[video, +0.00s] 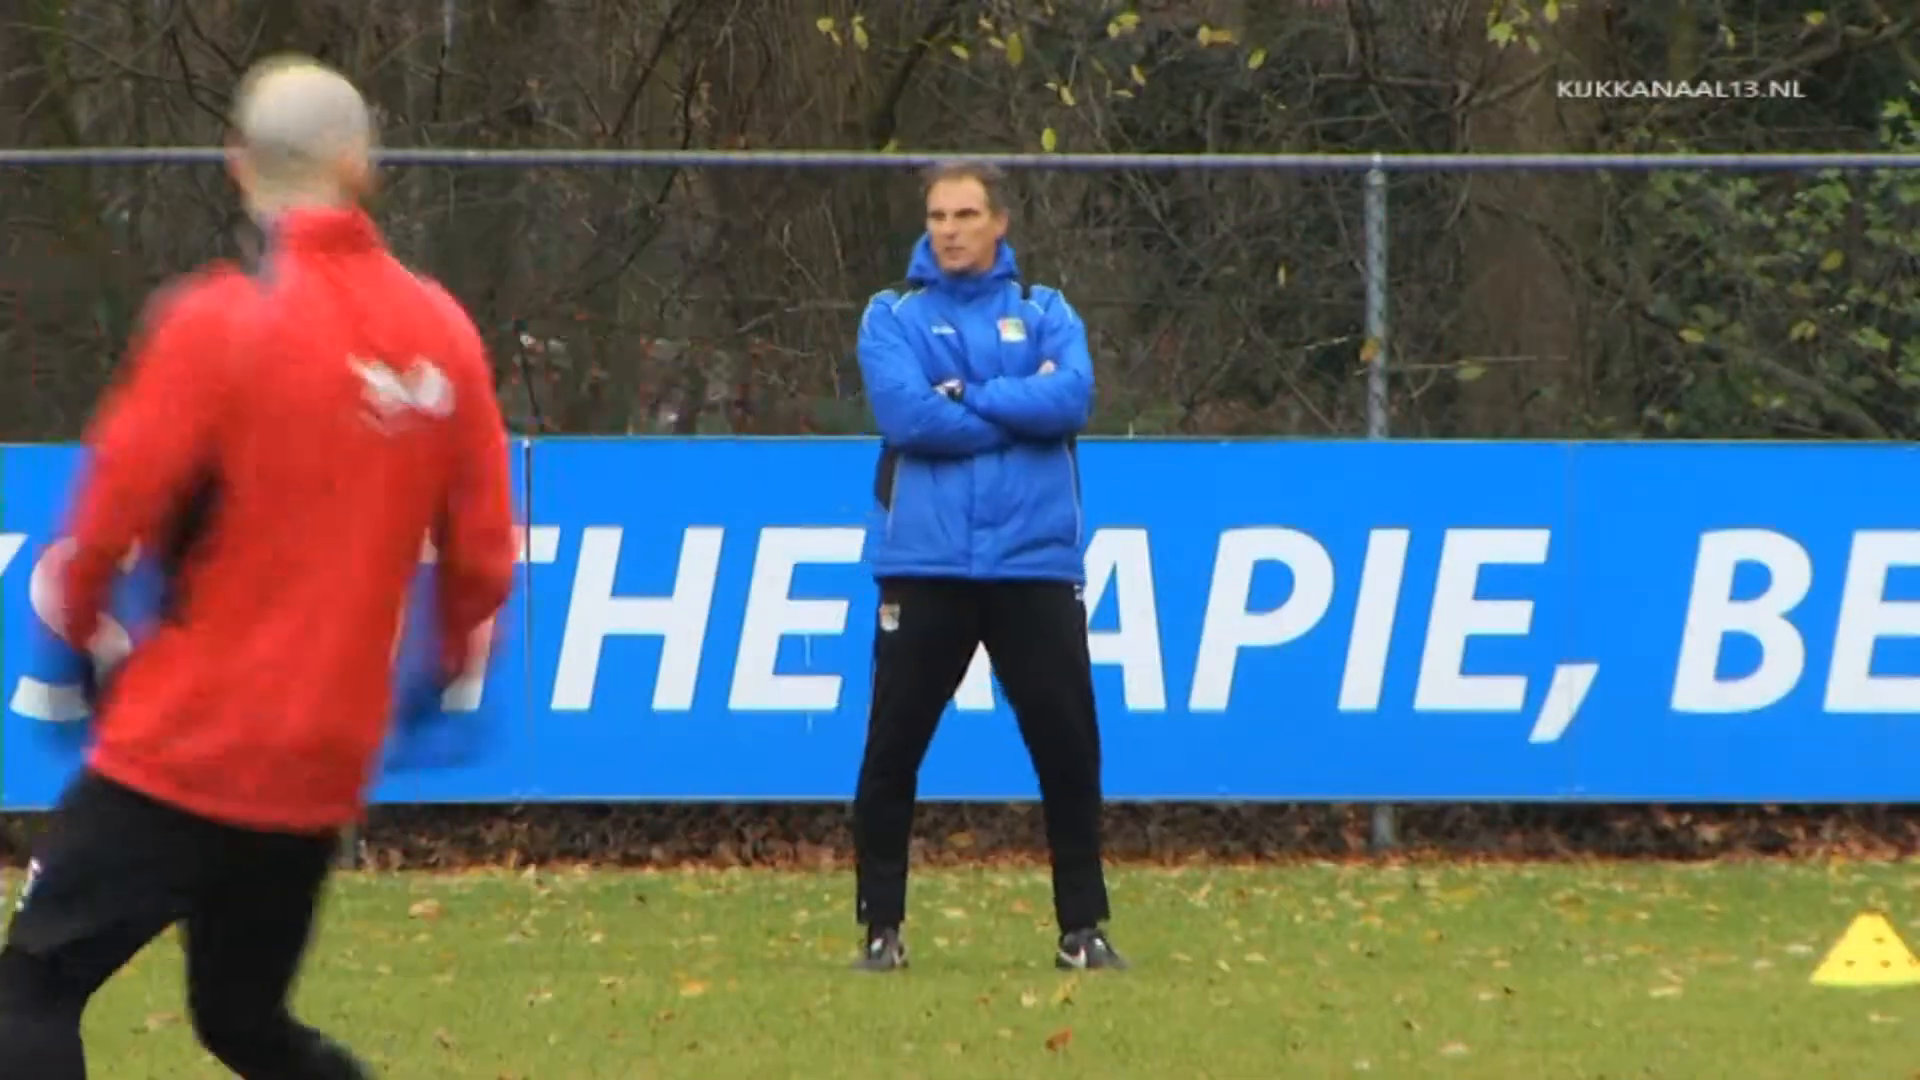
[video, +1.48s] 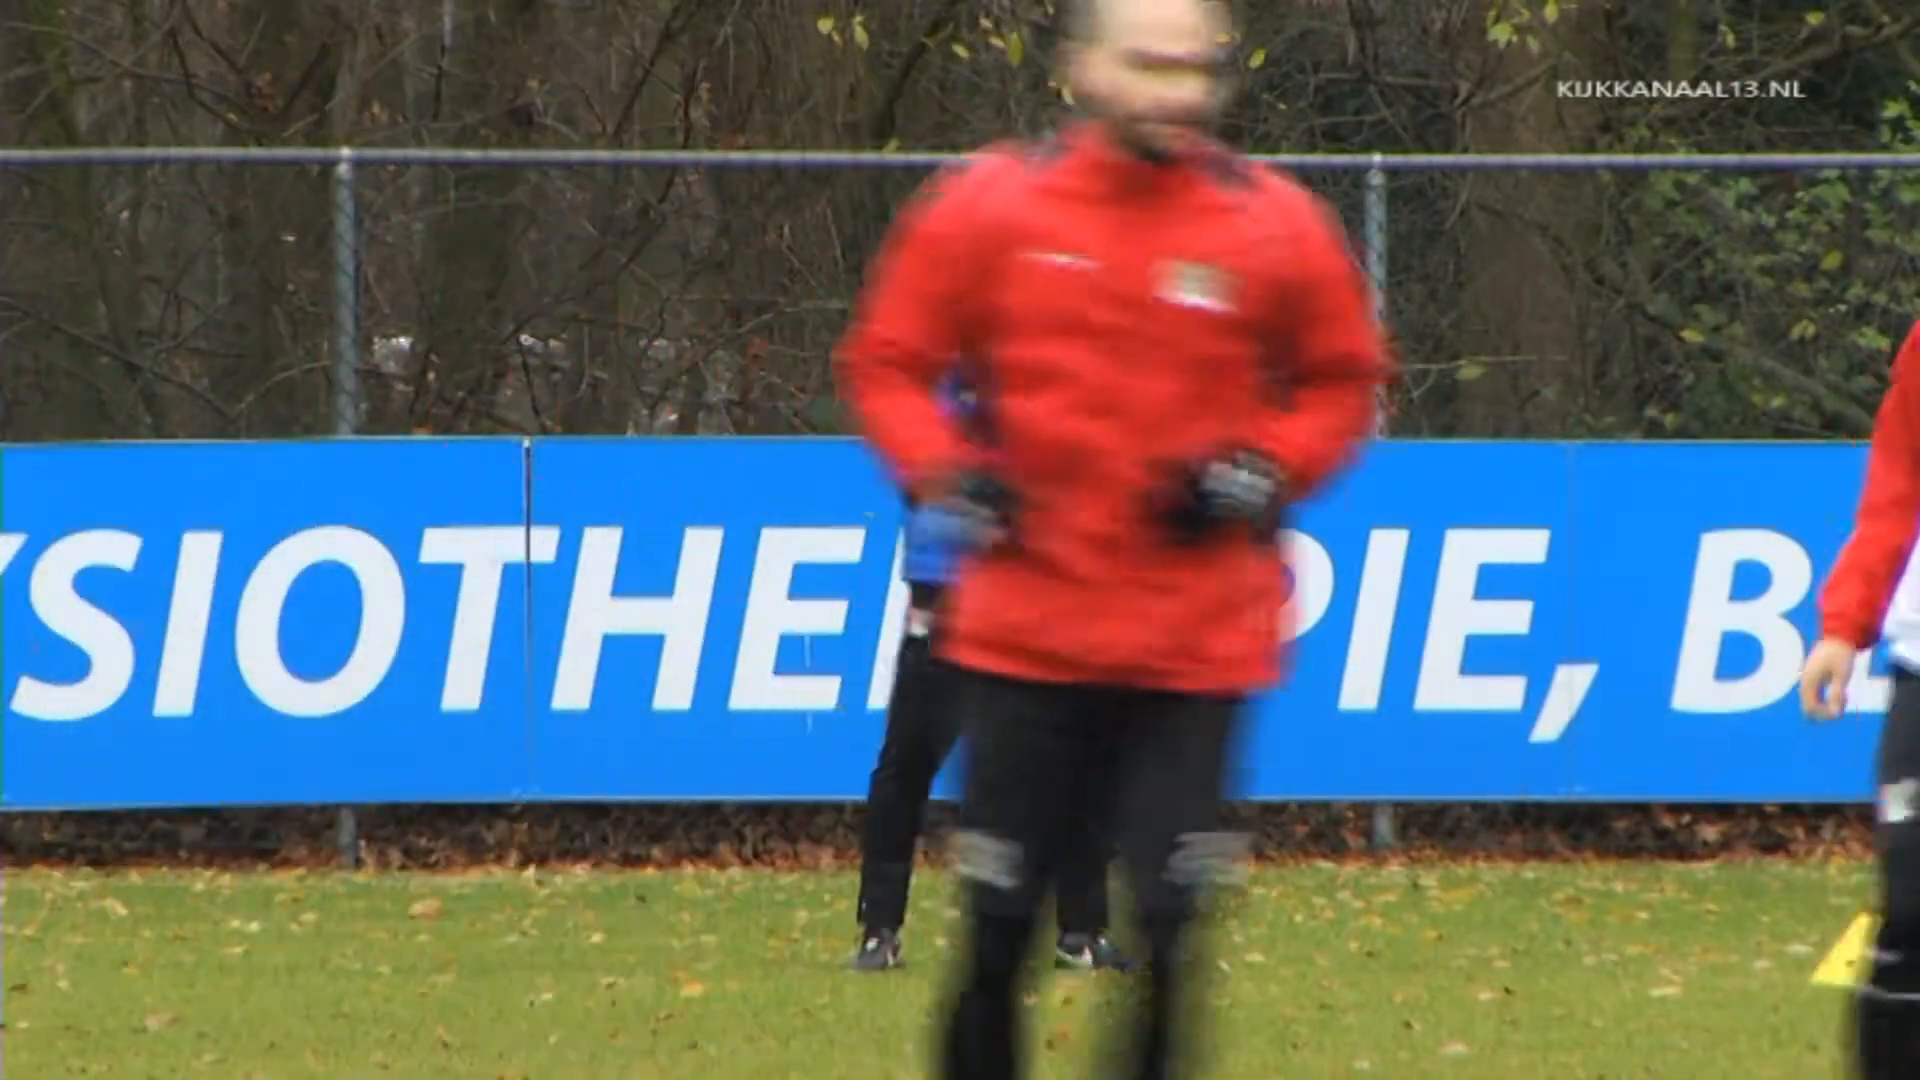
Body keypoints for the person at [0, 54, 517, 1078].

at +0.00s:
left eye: (236, 153)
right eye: (368, 153)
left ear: (240, 167)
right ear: (365, 169)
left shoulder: (219, 318)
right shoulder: (444, 331)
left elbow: (111, 513)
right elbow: (485, 553)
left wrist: (78, 631)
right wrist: (443, 662)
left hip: (190, 733)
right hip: (325, 746)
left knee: (35, 985)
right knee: (244, 1017)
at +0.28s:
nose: (313, 117)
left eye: (306, 97)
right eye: (310, 99)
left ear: (180, 107)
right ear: (291, 113)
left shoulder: (99, 256)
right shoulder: (369, 248)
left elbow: (9, 390)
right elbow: (559, 297)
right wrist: (767, 280)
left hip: (118, 690)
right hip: (277, 693)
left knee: (37, 975)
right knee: (243, 974)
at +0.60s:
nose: (233, 146)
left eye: (241, 127)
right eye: (238, 126)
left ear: (271, 140)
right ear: (363, 138)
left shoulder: (246, 289)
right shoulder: (477, 287)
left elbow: (164, 465)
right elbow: (571, 451)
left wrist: (85, 589)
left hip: (266, 725)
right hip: (413, 727)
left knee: (140, 990)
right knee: (321, 1002)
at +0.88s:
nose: (411, 106)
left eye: (437, 87)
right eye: (417, 85)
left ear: (518, 108)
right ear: (503, 111)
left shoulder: (556, 244)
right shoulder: (524, 243)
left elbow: (560, 444)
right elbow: (484, 454)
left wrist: (460, 586)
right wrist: (359, 511)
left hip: (549, 671)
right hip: (543, 666)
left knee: (400, 948)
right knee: (450, 965)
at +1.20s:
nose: (760, 152)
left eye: (795, 136)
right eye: (758, 130)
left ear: (875, 167)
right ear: (747, 138)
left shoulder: (943, 321)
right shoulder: (724, 283)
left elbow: (995, 518)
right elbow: (671, 460)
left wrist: (861, 572)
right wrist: (607, 528)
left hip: (880, 753)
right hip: (736, 736)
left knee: (838, 1020)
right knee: (634, 995)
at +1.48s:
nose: (1179, 92)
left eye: (1200, 69)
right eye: (1150, 65)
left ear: (1226, 80)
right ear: (1082, 69)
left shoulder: (1272, 222)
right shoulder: (990, 204)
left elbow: (1345, 381)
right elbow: (883, 363)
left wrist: (1269, 466)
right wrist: (942, 469)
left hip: (1194, 649)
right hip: (1025, 637)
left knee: (1171, 909)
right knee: (1001, 913)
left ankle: (1151, 1066)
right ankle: (978, 1060)